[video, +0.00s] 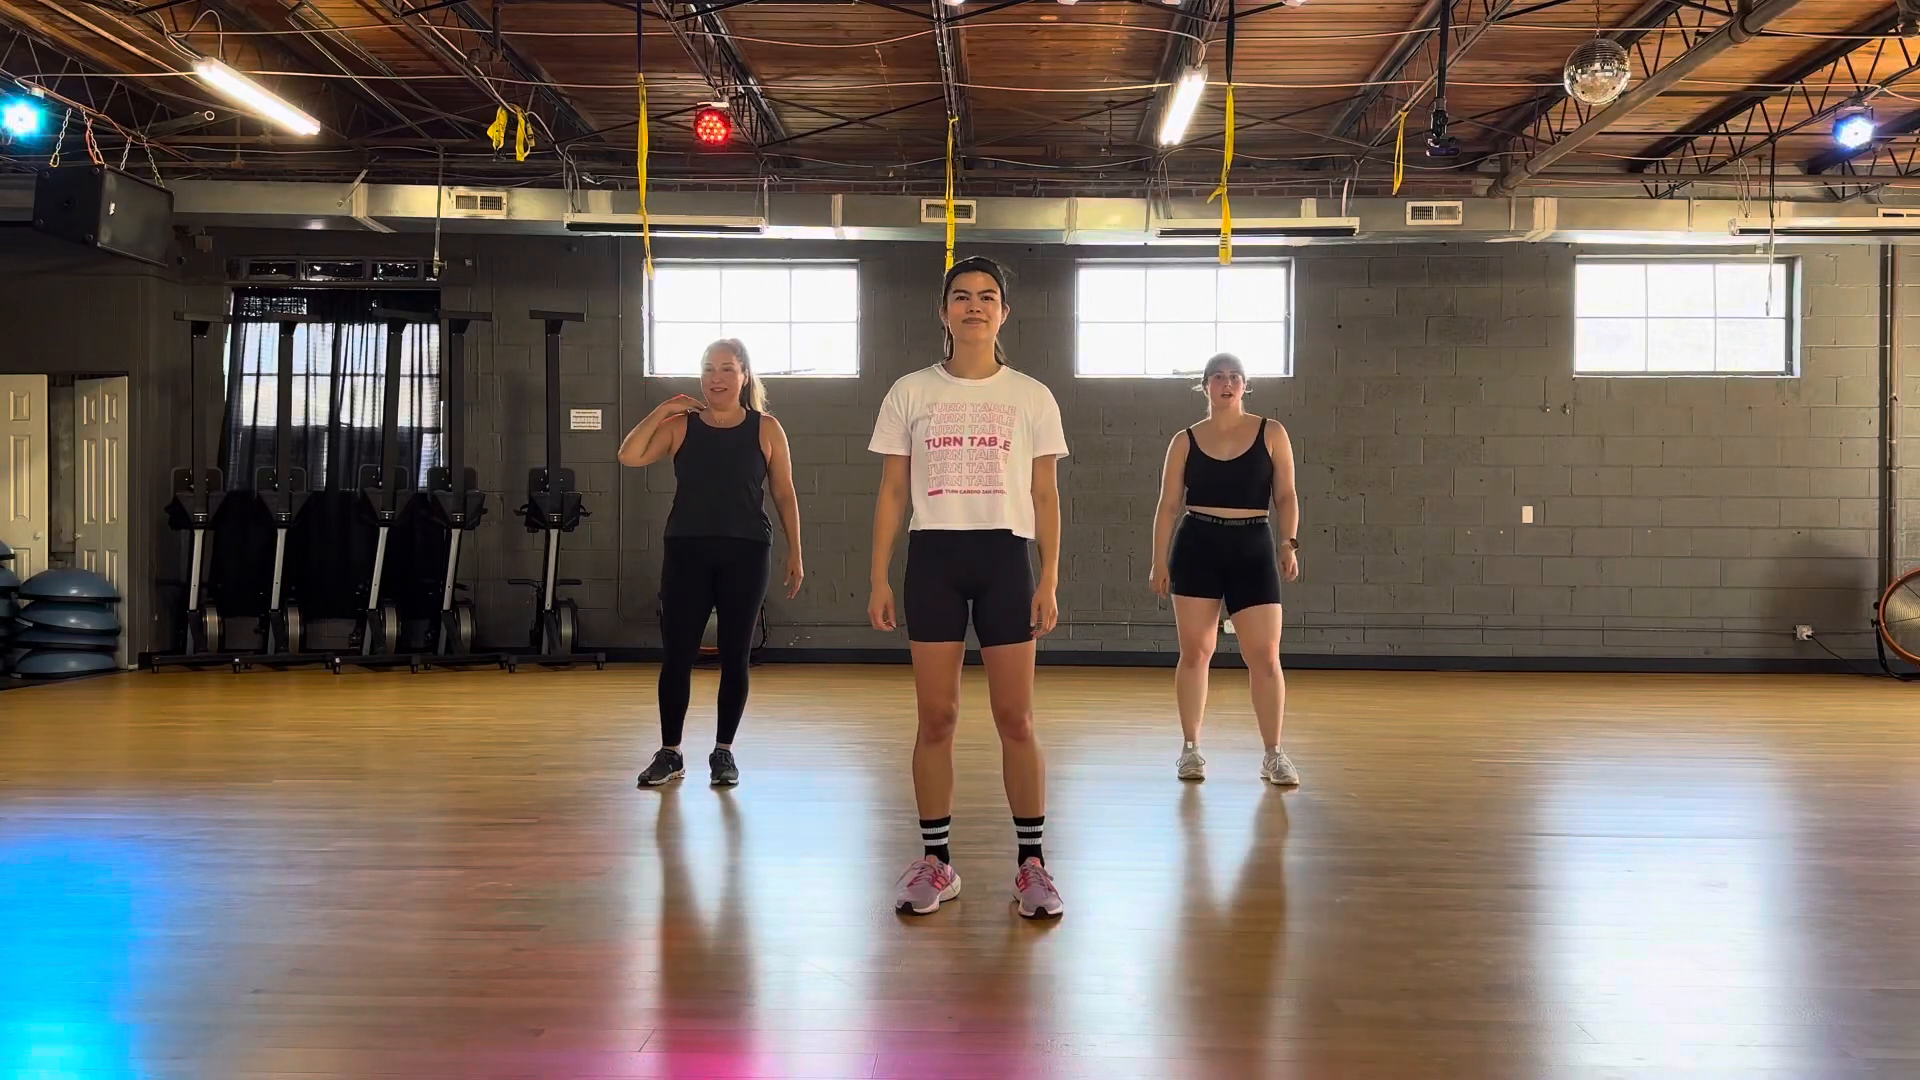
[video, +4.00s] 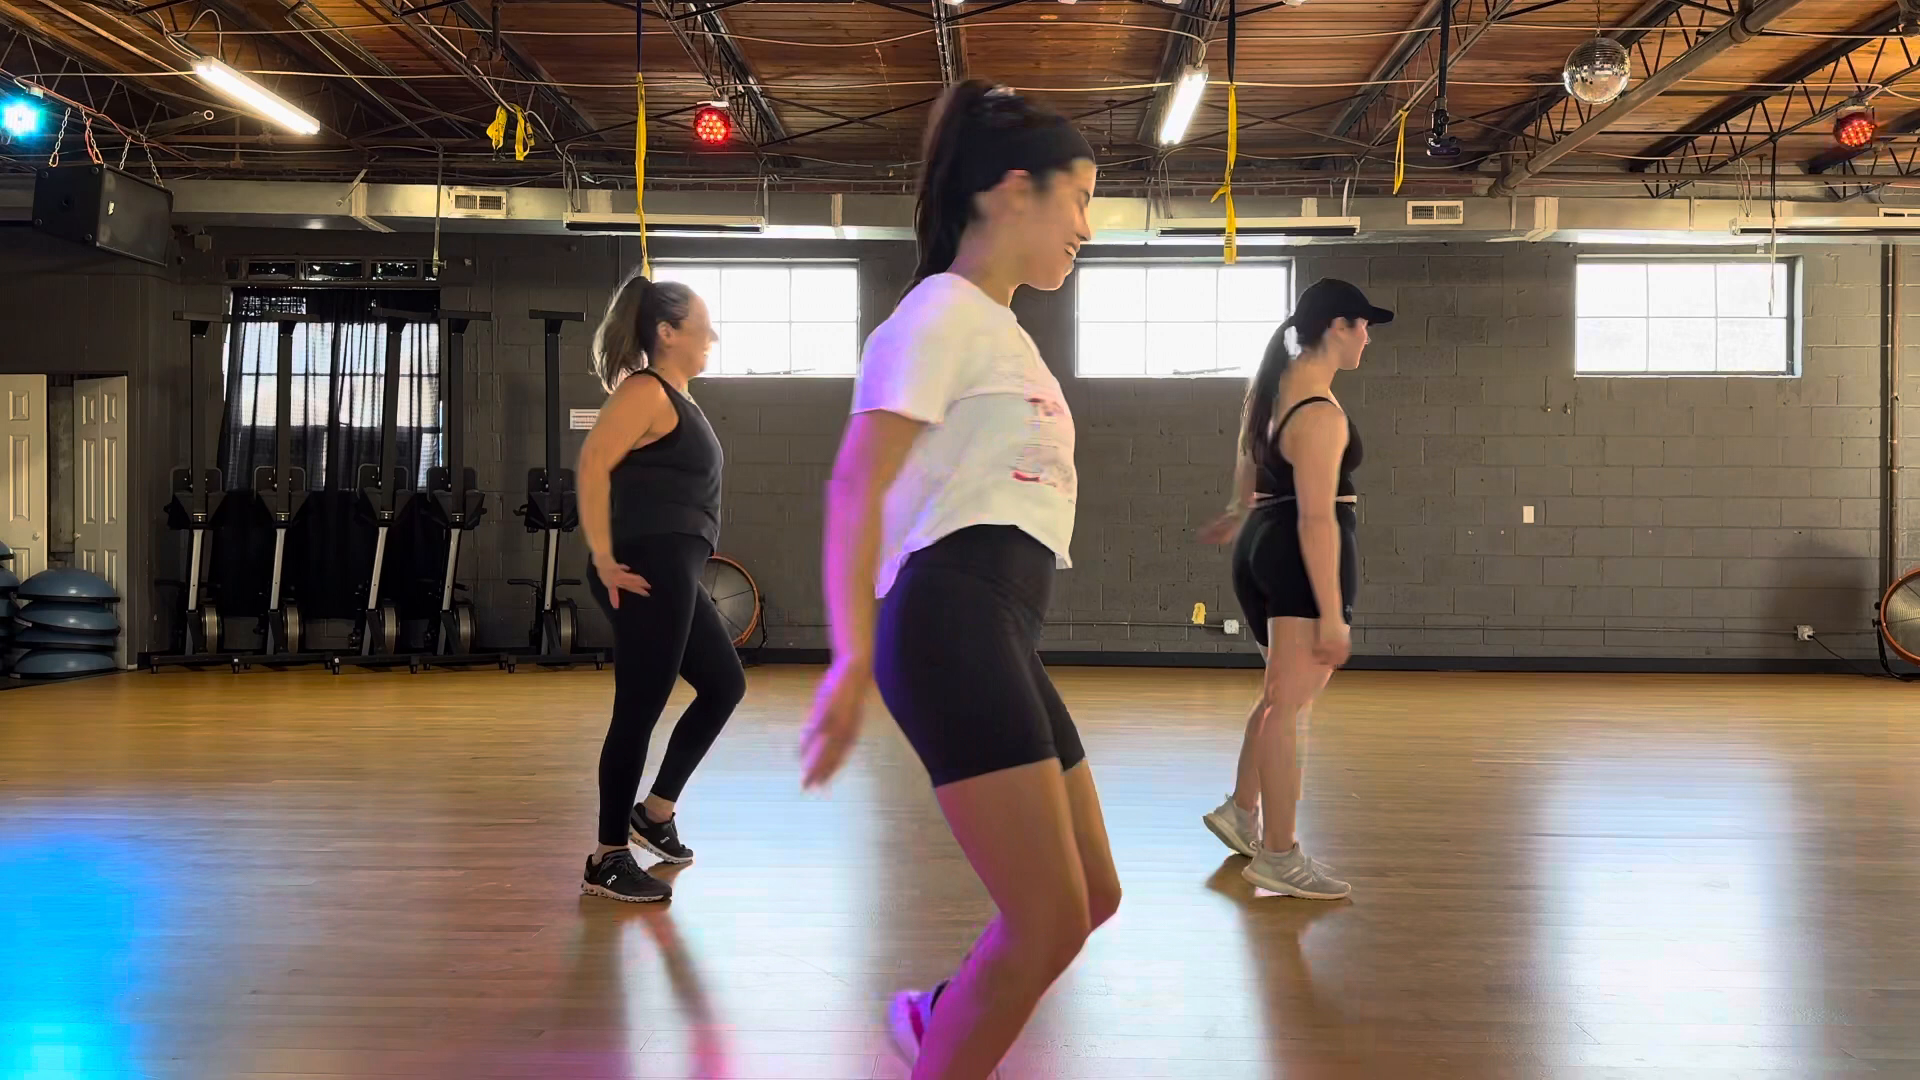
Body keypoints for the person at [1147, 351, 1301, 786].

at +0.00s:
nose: (1225, 382)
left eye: (1233, 376)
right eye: (1217, 376)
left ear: (1244, 386)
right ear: (1205, 386)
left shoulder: (1271, 433)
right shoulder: (1185, 440)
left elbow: (1285, 496)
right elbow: (1168, 505)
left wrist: (1288, 543)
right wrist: (1159, 561)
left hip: (1253, 552)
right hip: (1195, 549)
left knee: (1265, 658)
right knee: (1195, 651)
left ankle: (1273, 754)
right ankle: (1191, 748)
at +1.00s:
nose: (1298, 383)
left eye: (1305, 379)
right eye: (1290, 375)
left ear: (1311, 391)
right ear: (1272, 382)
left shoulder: (1319, 433)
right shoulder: (1238, 434)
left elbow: (1348, 474)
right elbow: (1215, 498)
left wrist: (1336, 420)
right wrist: (1214, 555)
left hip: (1302, 553)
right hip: (1247, 550)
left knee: (1300, 658)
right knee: (1227, 657)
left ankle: (1297, 755)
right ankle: (1204, 746)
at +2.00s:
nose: (1266, 379)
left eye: (1273, 373)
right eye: (1257, 374)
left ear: (1285, 384)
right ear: (1242, 386)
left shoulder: (1311, 431)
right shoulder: (1225, 441)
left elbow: (1340, 494)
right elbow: (1208, 499)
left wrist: (1293, 473)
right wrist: (1180, 545)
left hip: (1290, 557)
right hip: (1231, 554)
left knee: (1277, 671)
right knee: (1242, 667)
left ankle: (1272, 742)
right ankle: (1254, 768)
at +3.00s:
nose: (1276, 347)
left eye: (1286, 341)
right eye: (1267, 340)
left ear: (1297, 356)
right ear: (1248, 353)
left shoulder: (1318, 428)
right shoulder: (1210, 412)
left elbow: (1332, 505)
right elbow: (1179, 491)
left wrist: (1358, 562)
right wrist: (1166, 561)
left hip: (1296, 568)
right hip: (1225, 565)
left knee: (1274, 691)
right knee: (1218, 695)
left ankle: (1253, 811)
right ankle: (1215, 772)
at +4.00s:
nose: (1368, 336)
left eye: (1368, 326)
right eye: (1362, 326)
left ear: (1318, 329)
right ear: (1336, 329)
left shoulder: (1276, 387)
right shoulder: (1320, 413)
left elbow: (1251, 469)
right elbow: (1317, 518)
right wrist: (1331, 616)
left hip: (1269, 545)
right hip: (1304, 554)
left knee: (1284, 693)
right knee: (1287, 706)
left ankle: (1243, 807)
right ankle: (1279, 853)